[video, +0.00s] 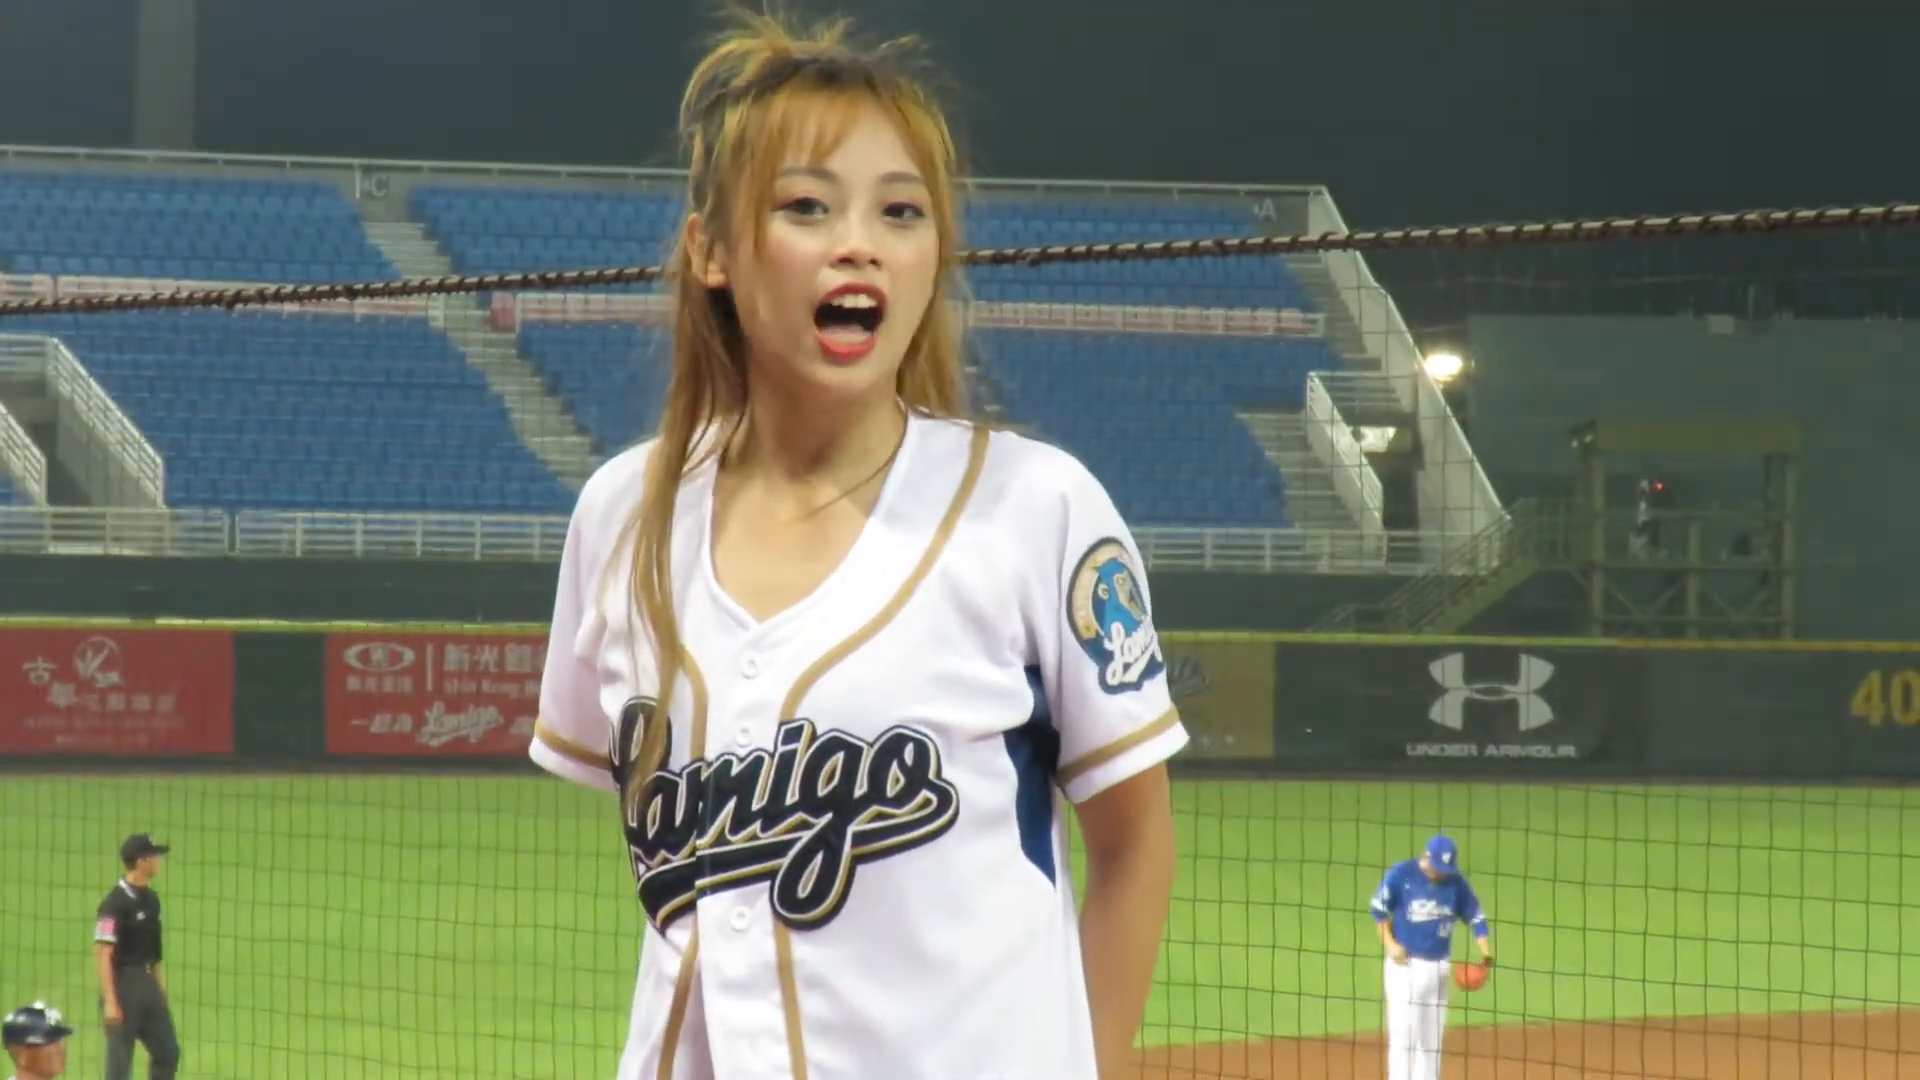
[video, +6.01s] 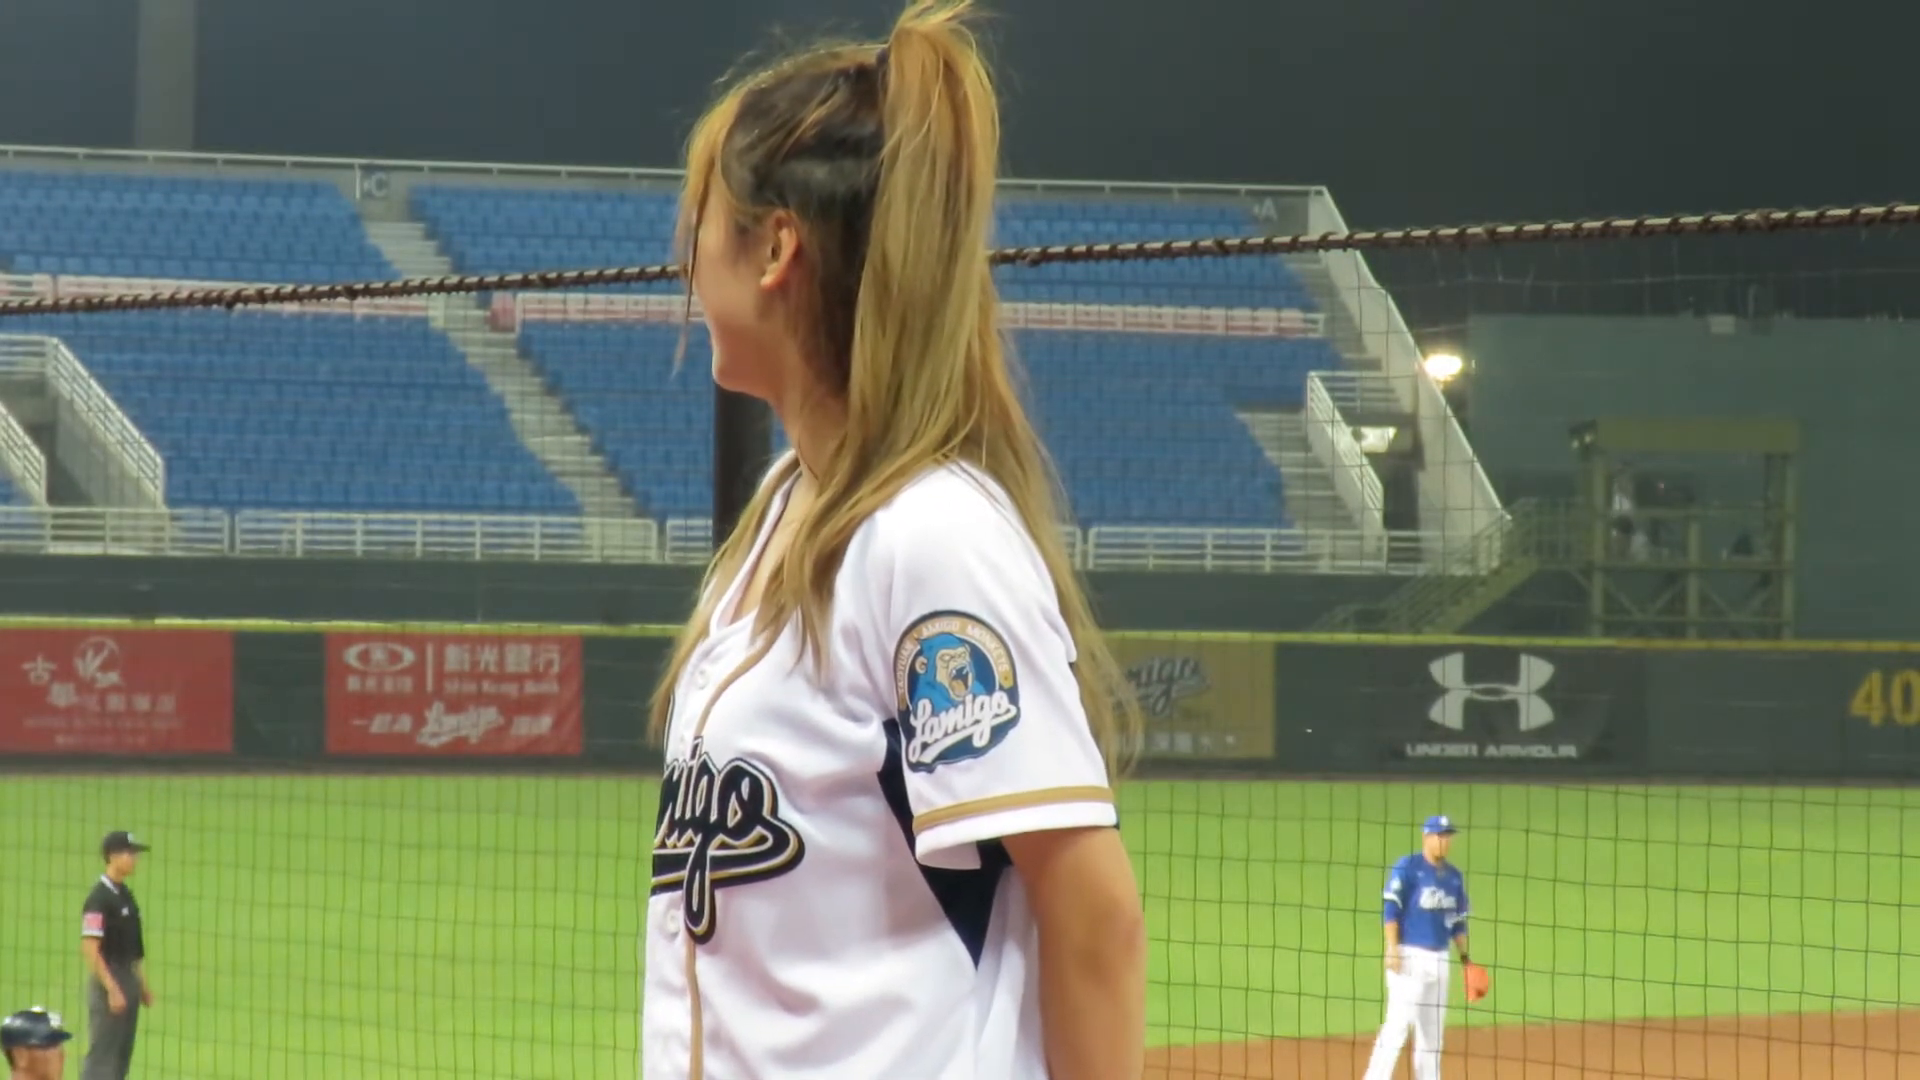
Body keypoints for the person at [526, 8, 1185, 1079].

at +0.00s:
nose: (860, 250)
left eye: (900, 212)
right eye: (806, 207)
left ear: (938, 258)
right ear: (714, 253)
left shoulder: (1040, 507)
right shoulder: (626, 513)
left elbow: (1134, 848)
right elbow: (662, 838)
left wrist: (1090, 1064)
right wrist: (767, 1041)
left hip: (989, 1055)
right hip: (701, 1055)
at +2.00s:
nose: (682, 258)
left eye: (695, 224)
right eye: (689, 222)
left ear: (770, 259)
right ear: (773, 258)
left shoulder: (938, 527)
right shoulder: (780, 506)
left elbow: (1098, 897)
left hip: (883, 1055)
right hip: (718, 1051)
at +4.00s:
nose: (681, 259)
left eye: (696, 221)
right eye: (690, 219)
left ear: (771, 254)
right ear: (772, 254)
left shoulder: (927, 536)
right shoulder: (779, 503)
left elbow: (1089, 911)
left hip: (881, 1057)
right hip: (719, 1051)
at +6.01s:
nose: (688, 263)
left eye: (702, 225)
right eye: (697, 224)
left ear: (778, 252)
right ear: (777, 252)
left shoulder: (937, 533)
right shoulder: (784, 505)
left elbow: (1096, 912)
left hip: (886, 1057)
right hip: (721, 1051)